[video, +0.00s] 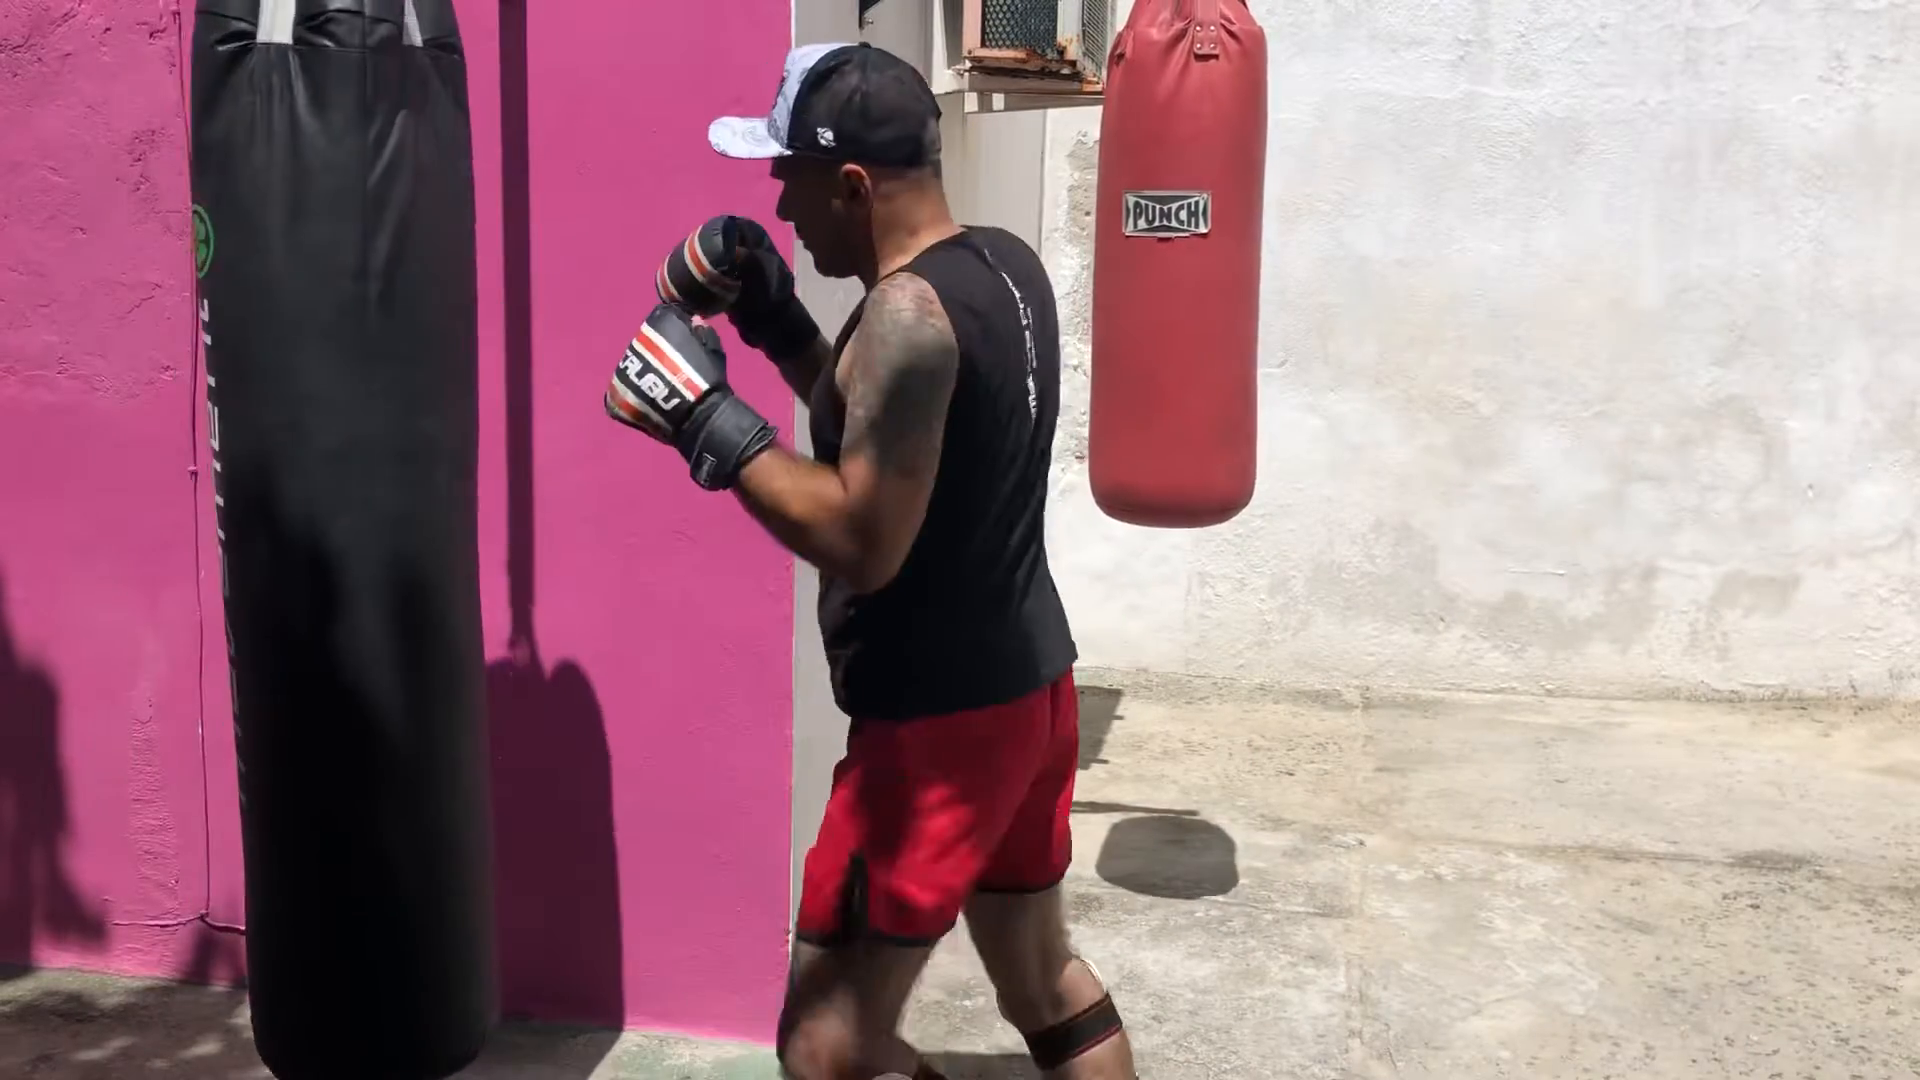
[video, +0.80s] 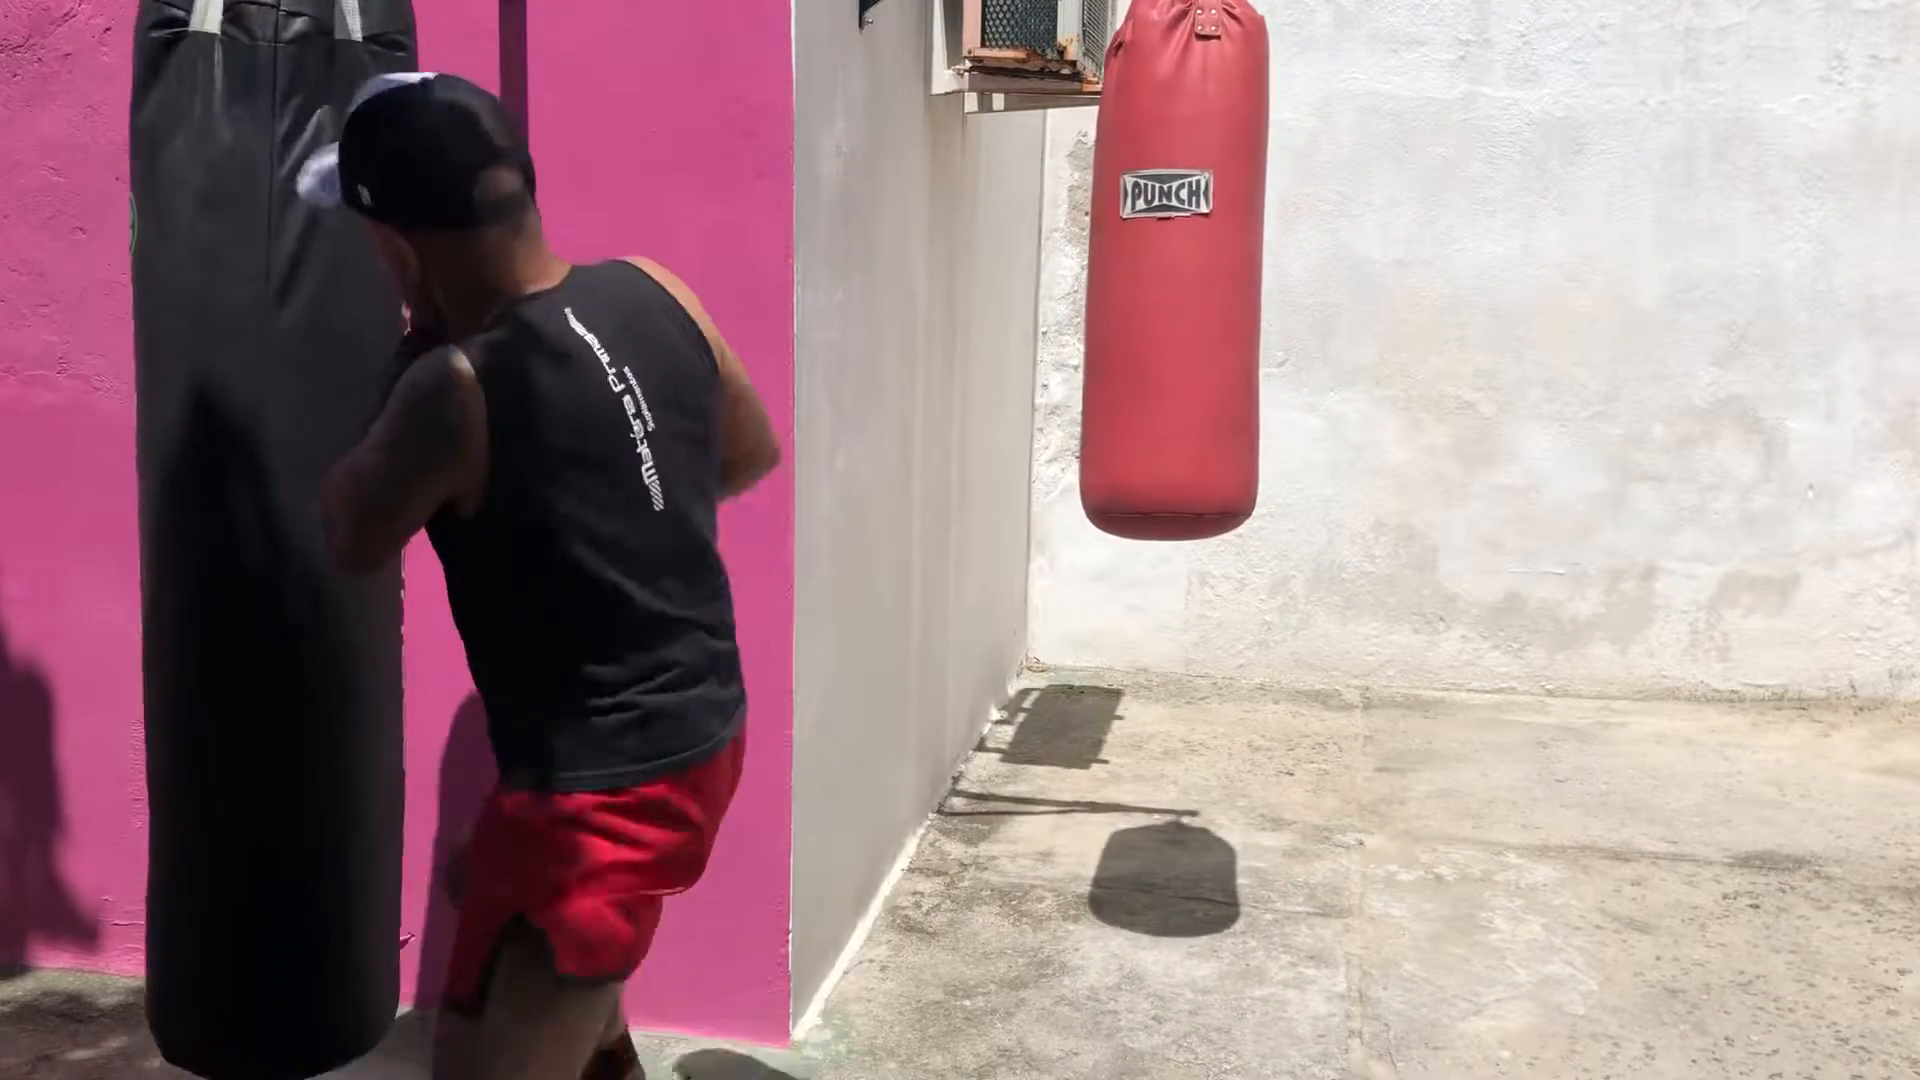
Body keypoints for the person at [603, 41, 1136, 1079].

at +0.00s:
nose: (779, 202)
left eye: (788, 176)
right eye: (779, 176)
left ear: (855, 184)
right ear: (904, 172)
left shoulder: (906, 318)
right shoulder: (1012, 269)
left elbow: (858, 543)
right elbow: (882, 453)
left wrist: (708, 417)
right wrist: (783, 330)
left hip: (935, 720)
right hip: (1031, 687)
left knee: (833, 1045)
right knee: (1044, 980)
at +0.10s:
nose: (749, 223)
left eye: (758, 199)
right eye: (748, 200)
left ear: (823, 211)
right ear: (859, 196)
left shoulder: (891, 336)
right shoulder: (977, 269)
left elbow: (875, 565)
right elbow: (900, 462)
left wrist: (702, 470)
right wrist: (774, 373)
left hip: (930, 715)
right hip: (1032, 689)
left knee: (730, 989)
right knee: (1037, 979)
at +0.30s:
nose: (673, 232)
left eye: (682, 218)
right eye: (672, 214)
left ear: (741, 236)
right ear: (817, 206)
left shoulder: (763, 369)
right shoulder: (937, 311)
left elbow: (688, 581)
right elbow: (1006, 518)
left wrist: (513, 507)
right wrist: (972, 675)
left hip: (780, 738)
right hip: (929, 719)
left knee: (589, 1009)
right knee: (1004, 969)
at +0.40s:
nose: (635, 208)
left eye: (645, 193)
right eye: (639, 190)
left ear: (696, 215)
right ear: (779, 193)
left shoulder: (651, 345)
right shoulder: (910, 326)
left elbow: (481, 451)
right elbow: (1013, 526)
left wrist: (362, 344)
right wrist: (1073, 637)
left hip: (694, 740)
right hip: (863, 728)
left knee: (531, 998)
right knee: (947, 938)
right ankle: (1067, 1074)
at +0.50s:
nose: (490, 224)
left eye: (486, 206)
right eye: (483, 204)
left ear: (514, 216)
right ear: (626, 163)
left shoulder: (513, 347)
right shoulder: (772, 285)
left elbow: (391, 440)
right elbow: (890, 460)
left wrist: (342, 312)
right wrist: (951, 462)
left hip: (637, 743)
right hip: (785, 706)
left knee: (502, 999)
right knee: (762, 875)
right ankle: (880, 1063)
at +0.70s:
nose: (388, 245)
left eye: (384, 224)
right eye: (378, 224)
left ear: (417, 230)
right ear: (507, 155)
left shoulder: (507, 362)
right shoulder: (636, 230)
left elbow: (435, 536)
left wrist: (429, 349)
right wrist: (456, 304)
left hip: (630, 714)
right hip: (723, 659)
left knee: (473, 1026)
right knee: (630, 966)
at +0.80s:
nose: (378, 251)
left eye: (373, 231)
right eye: (369, 231)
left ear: (400, 243)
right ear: (520, 184)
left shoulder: (456, 388)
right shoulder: (650, 291)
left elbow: (351, 535)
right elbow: (749, 448)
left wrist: (414, 357)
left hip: (589, 783)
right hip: (702, 738)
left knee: (495, 1059)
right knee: (575, 1012)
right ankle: (605, 1058)